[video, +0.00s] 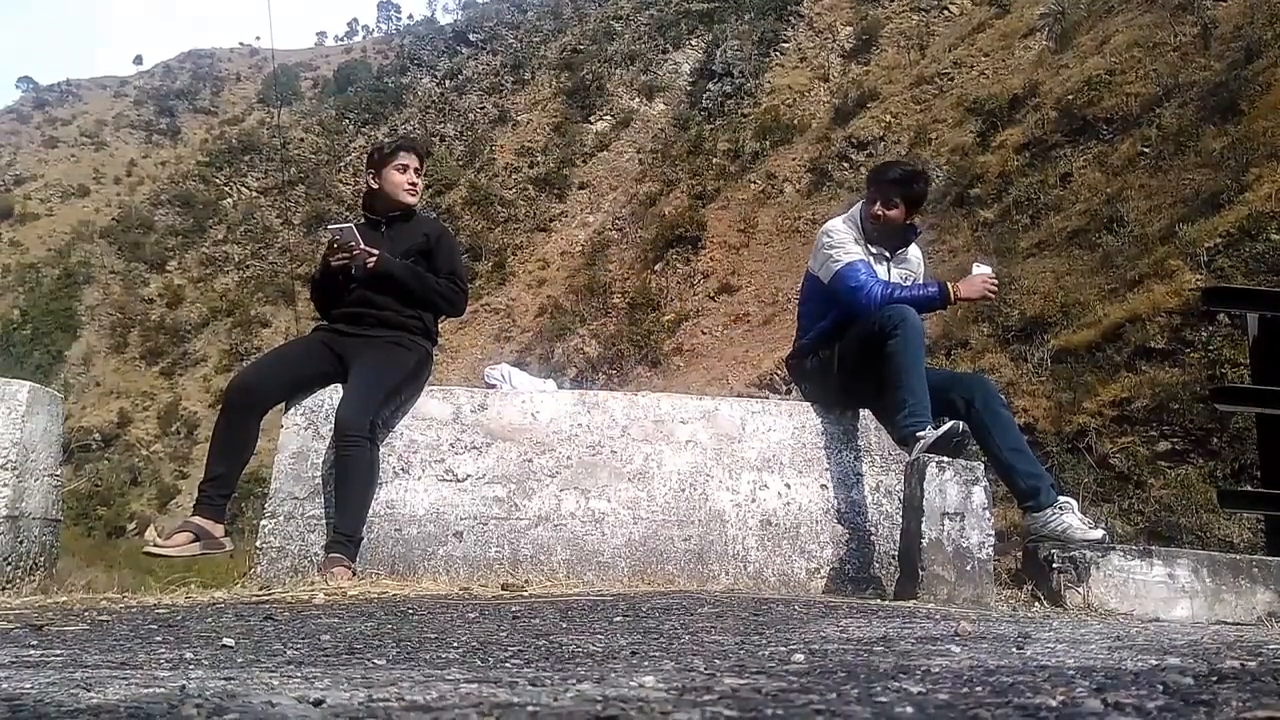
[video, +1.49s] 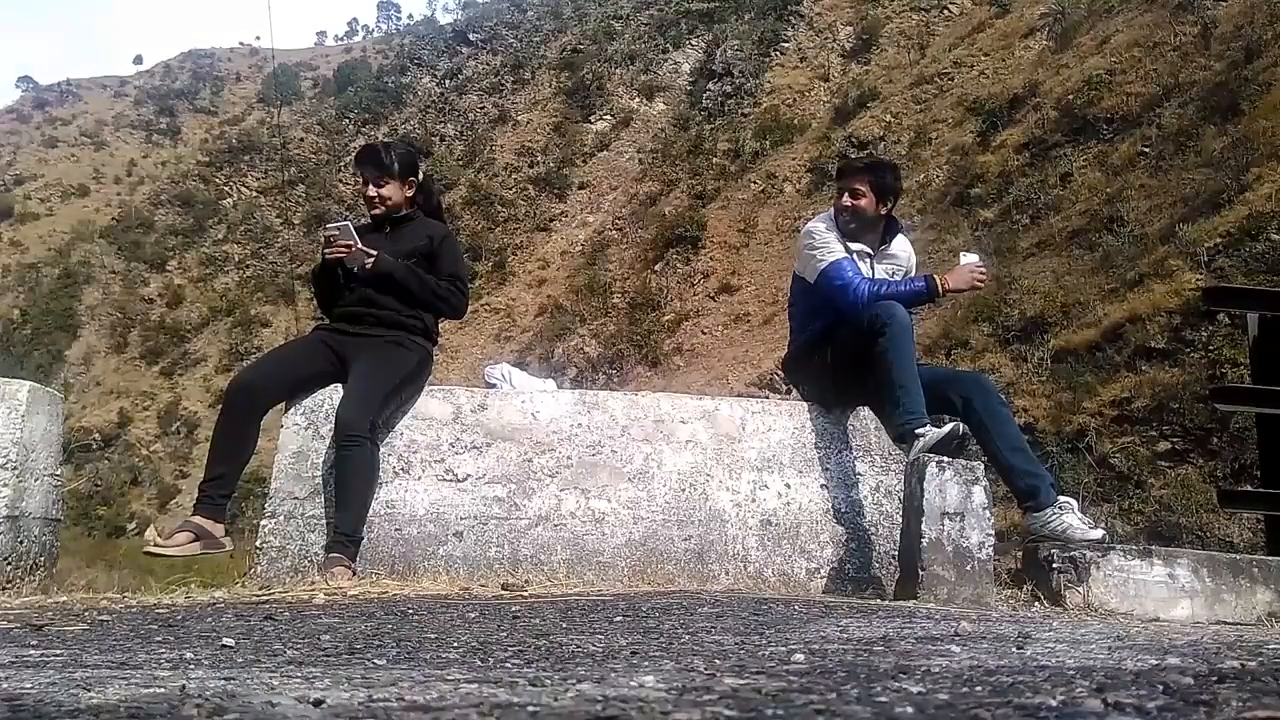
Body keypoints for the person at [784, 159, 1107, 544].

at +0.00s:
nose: (874, 208)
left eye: (887, 204)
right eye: (873, 199)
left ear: (909, 216)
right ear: (869, 200)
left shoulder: (910, 255)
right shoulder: (836, 235)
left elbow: (908, 313)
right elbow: (870, 296)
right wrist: (953, 289)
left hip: (879, 376)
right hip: (824, 372)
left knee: (976, 391)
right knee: (899, 318)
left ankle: (1043, 508)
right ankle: (916, 433)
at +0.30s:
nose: (866, 205)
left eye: (879, 201)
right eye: (863, 196)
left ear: (902, 211)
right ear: (855, 198)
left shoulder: (906, 253)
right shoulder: (831, 235)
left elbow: (906, 310)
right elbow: (867, 295)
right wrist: (950, 288)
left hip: (879, 374)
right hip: (823, 371)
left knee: (976, 390)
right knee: (898, 319)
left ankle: (1043, 508)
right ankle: (916, 433)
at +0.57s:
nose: (859, 201)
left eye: (872, 196)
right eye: (857, 192)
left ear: (895, 207)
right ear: (849, 193)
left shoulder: (902, 247)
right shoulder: (825, 233)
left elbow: (901, 303)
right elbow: (863, 291)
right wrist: (947, 284)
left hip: (878, 371)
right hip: (822, 368)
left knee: (976, 388)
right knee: (894, 315)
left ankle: (1043, 505)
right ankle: (915, 429)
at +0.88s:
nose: (844, 204)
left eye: (856, 199)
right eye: (842, 195)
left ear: (883, 209)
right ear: (837, 197)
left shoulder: (901, 248)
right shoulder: (820, 237)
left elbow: (899, 308)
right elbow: (858, 294)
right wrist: (945, 285)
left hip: (877, 375)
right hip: (822, 371)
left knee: (976, 390)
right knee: (893, 318)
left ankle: (1044, 508)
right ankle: (915, 431)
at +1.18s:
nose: (834, 204)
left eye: (847, 197)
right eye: (833, 195)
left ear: (877, 207)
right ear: (831, 197)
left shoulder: (899, 247)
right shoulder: (816, 237)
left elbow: (900, 312)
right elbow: (856, 294)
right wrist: (941, 282)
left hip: (876, 374)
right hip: (821, 371)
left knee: (976, 390)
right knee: (889, 316)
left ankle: (1043, 508)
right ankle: (915, 431)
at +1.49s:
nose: (842, 202)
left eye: (854, 195)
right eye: (840, 193)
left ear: (884, 206)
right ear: (835, 197)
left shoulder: (899, 249)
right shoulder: (819, 234)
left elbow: (889, 314)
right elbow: (857, 294)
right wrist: (940, 282)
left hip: (874, 374)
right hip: (820, 370)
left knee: (975, 389)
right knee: (889, 315)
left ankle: (1043, 507)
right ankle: (913, 431)